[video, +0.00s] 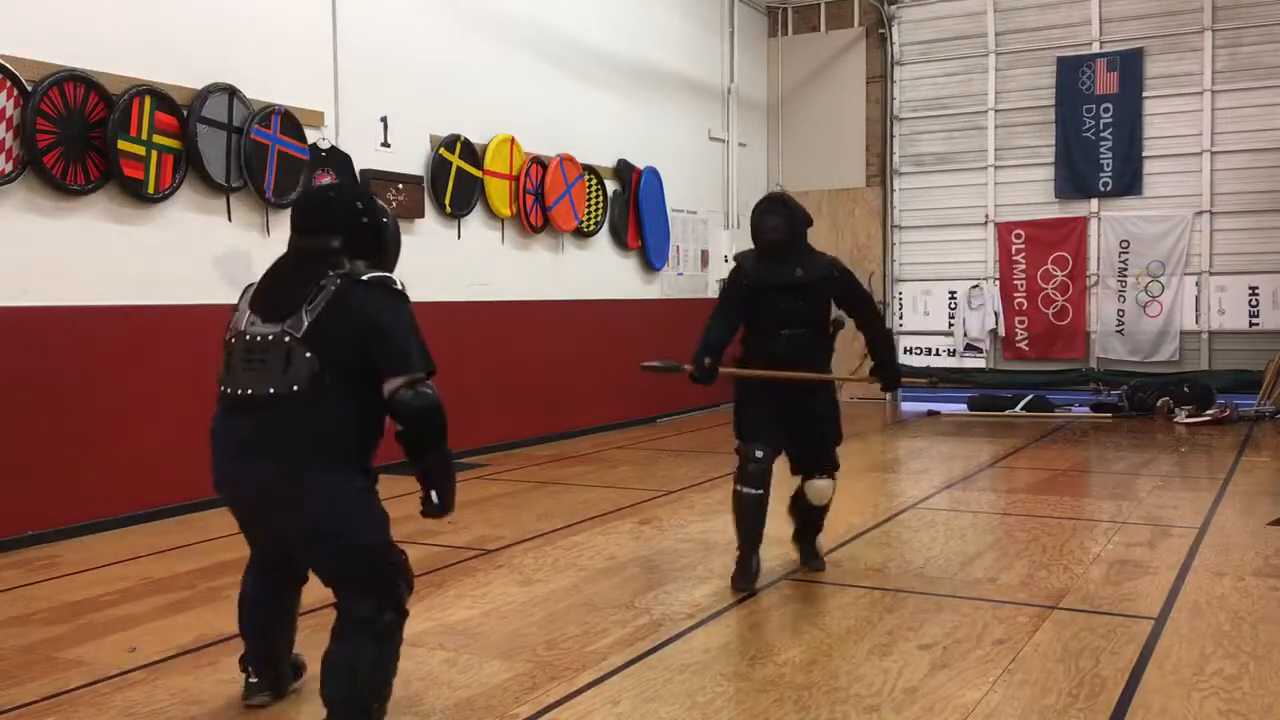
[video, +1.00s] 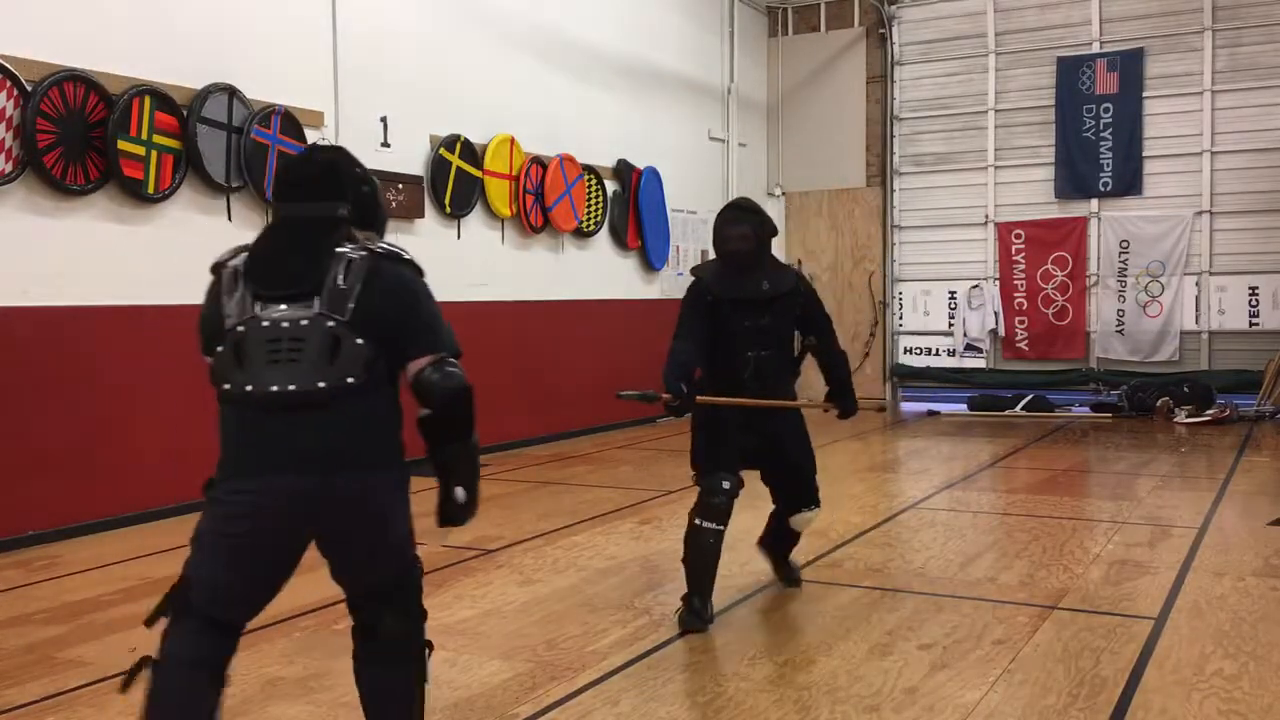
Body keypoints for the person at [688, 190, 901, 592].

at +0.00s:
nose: (772, 235)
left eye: (780, 226)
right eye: (764, 227)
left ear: (798, 227)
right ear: (754, 229)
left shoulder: (825, 271)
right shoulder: (747, 272)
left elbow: (868, 314)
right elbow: (724, 317)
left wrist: (886, 363)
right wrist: (707, 355)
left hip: (811, 386)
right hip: (759, 386)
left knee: (821, 478)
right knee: (753, 470)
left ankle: (807, 537)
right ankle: (747, 555)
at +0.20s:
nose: (769, 253)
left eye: (777, 245)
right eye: (762, 245)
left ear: (794, 247)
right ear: (750, 248)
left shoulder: (818, 291)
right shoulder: (740, 290)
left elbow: (856, 339)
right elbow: (721, 339)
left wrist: (875, 386)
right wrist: (704, 379)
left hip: (804, 407)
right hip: (750, 406)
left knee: (816, 496)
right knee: (742, 487)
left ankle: (807, 550)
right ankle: (735, 571)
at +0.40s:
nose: (772, 240)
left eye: (781, 232)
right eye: (764, 232)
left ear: (799, 236)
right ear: (754, 238)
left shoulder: (821, 282)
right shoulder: (745, 283)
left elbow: (861, 327)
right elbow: (726, 328)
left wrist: (885, 378)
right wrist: (714, 365)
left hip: (812, 398)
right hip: (759, 396)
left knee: (828, 493)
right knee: (754, 479)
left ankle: (808, 549)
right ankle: (739, 566)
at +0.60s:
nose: (773, 244)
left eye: (782, 236)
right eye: (765, 236)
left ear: (800, 239)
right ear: (754, 242)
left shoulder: (822, 286)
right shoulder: (745, 288)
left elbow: (861, 334)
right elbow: (728, 335)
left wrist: (885, 384)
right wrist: (716, 373)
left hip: (811, 404)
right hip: (756, 403)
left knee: (822, 496)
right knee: (745, 484)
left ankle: (806, 554)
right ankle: (740, 572)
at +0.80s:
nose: (757, 242)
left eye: (765, 232)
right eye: (748, 233)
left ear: (783, 233)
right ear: (737, 237)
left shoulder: (808, 280)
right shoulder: (728, 283)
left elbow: (845, 331)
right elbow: (707, 333)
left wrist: (869, 382)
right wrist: (697, 375)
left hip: (794, 403)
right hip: (739, 403)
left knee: (807, 487)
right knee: (727, 490)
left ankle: (807, 551)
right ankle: (707, 585)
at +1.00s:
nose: (737, 251)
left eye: (745, 241)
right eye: (728, 242)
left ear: (764, 240)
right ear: (716, 243)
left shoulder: (790, 285)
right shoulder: (707, 287)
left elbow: (823, 338)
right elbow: (686, 341)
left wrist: (842, 390)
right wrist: (676, 382)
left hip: (776, 407)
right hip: (719, 406)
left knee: (802, 502)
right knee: (716, 494)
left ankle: (776, 546)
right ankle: (698, 597)